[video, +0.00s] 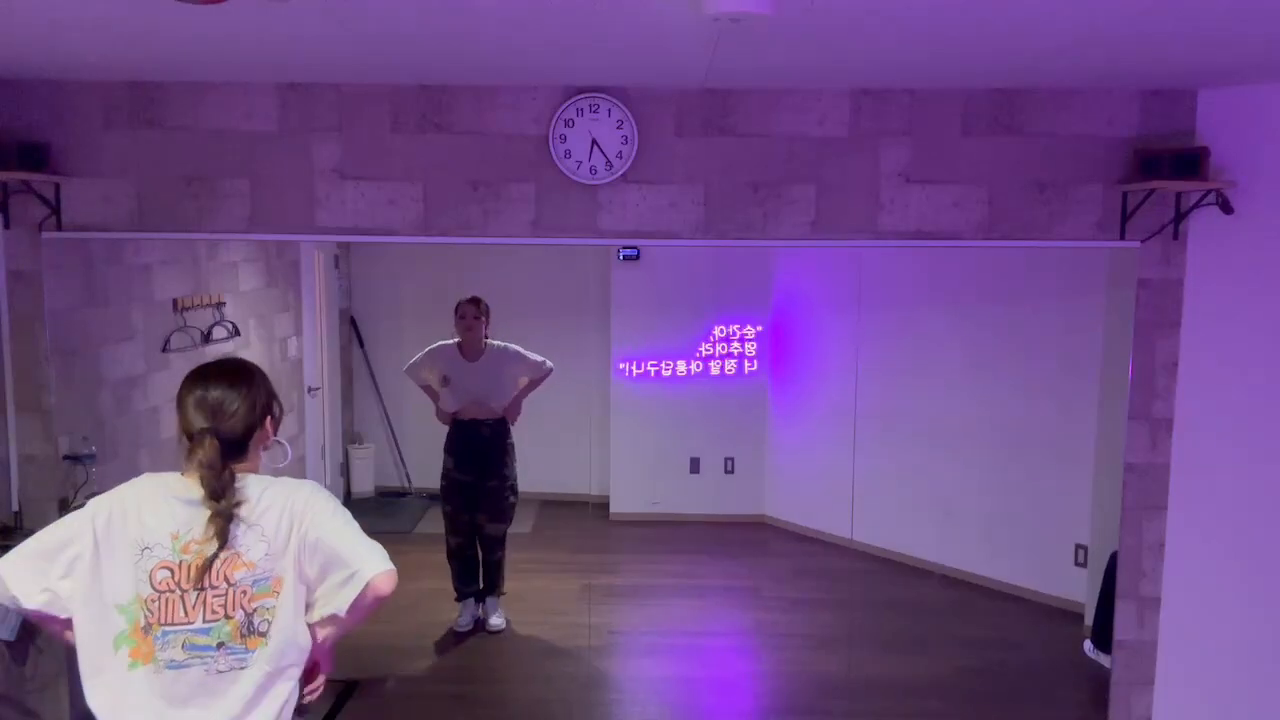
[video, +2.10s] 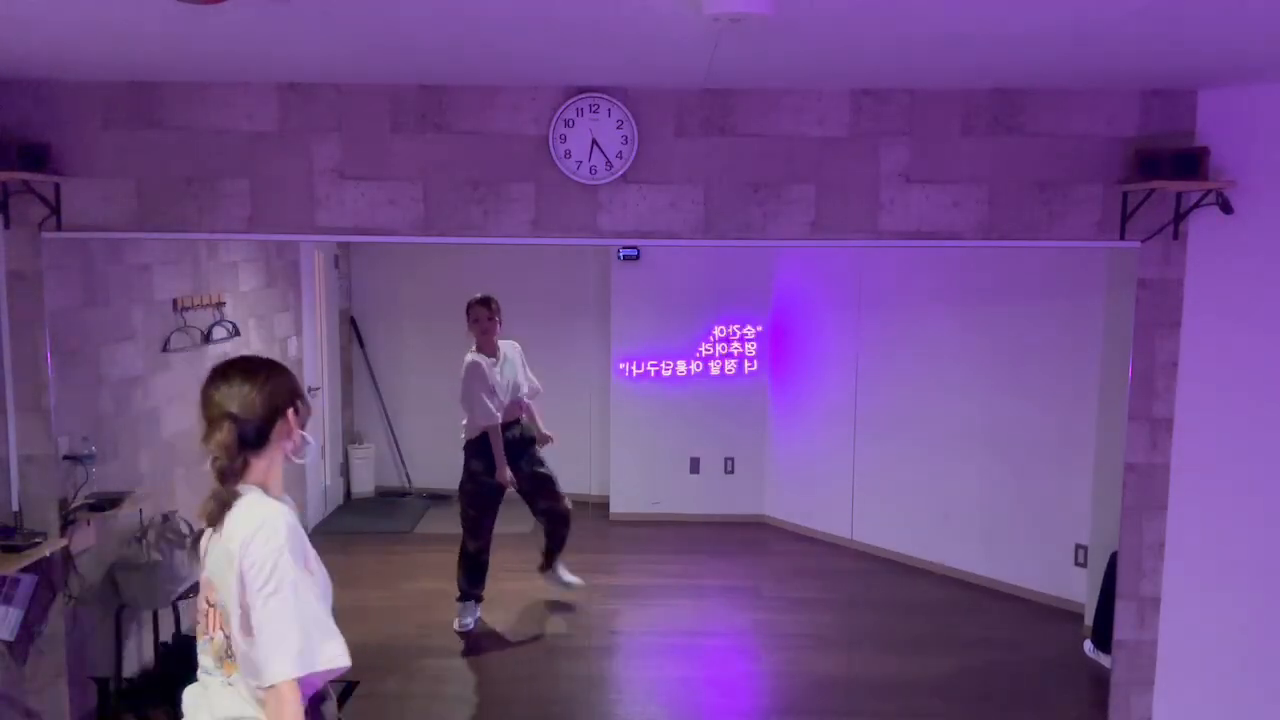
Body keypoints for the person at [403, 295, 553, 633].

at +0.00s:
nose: (468, 323)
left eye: (475, 317)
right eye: (462, 318)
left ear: (486, 323)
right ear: (455, 323)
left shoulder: (504, 353)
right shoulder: (442, 352)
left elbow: (545, 367)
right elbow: (412, 370)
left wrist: (517, 399)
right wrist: (438, 402)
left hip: (496, 440)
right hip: (459, 439)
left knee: (494, 525)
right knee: (458, 525)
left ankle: (492, 601)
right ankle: (467, 602)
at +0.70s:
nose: (471, 311)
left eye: (478, 306)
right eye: (465, 306)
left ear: (488, 315)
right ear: (456, 315)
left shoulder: (506, 357)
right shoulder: (439, 356)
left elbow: (524, 407)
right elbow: (419, 408)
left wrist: (517, 396)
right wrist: (412, 393)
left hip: (494, 444)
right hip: (457, 445)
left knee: (494, 524)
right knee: (459, 525)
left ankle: (493, 600)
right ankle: (467, 602)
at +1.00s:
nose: (465, 319)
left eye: (471, 313)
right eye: (459, 314)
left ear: (482, 318)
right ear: (452, 319)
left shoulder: (501, 355)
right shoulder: (436, 359)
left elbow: (511, 402)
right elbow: (431, 411)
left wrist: (499, 403)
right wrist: (444, 404)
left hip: (492, 445)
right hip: (455, 447)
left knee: (493, 525)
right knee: (459, 526)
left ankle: (493, 599)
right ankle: (468, 600)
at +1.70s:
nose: (462, 320)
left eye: (468, 314)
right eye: (455, 315)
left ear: (478, 319)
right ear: (446, 321)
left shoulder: (498, 353)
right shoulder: (434, 363)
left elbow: (507, 404)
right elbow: (437, 416)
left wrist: (489, 409)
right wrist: (474, 413)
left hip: (494, 442)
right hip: (457, 446)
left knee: (500, 519)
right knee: (459, 524)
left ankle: (490, 548)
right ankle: (468, 597)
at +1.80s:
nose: (463, 321)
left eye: (468, 314)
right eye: (456, 316)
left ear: (479, 317)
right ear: (447, 321)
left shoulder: (502, 352)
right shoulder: (438, 362)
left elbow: (517, 401)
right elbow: (444, 416)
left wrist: (506, 424)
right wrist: (484, 432)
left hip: (499, 446)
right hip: (461, 448)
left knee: (501, 529)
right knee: (462, 529)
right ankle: (468, 601)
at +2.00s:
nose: (471, 321)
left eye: (476, 314)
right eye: (463, 317)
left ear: (487, 318)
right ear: (457, 323)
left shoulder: (509, 350)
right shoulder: (458, 363)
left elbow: (524, 399)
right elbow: (473, 418)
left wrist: (536, 444)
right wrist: (487, 462)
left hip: (511, 437)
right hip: (474, 444)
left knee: (540, 519)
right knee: (469, 525)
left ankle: (502, 512)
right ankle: (469, 600)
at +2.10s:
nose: (483, 326)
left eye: (488, 318)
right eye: (475, 321)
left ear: (499, 321)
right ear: (468, 327)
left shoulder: (513, 350)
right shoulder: (474, 365)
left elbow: (523, 395)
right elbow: (488, 419)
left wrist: (539, 428)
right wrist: (500, 464)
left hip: (518, 441)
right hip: (483, 448)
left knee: (557, 511)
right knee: (477, 528)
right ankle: (469, 601)